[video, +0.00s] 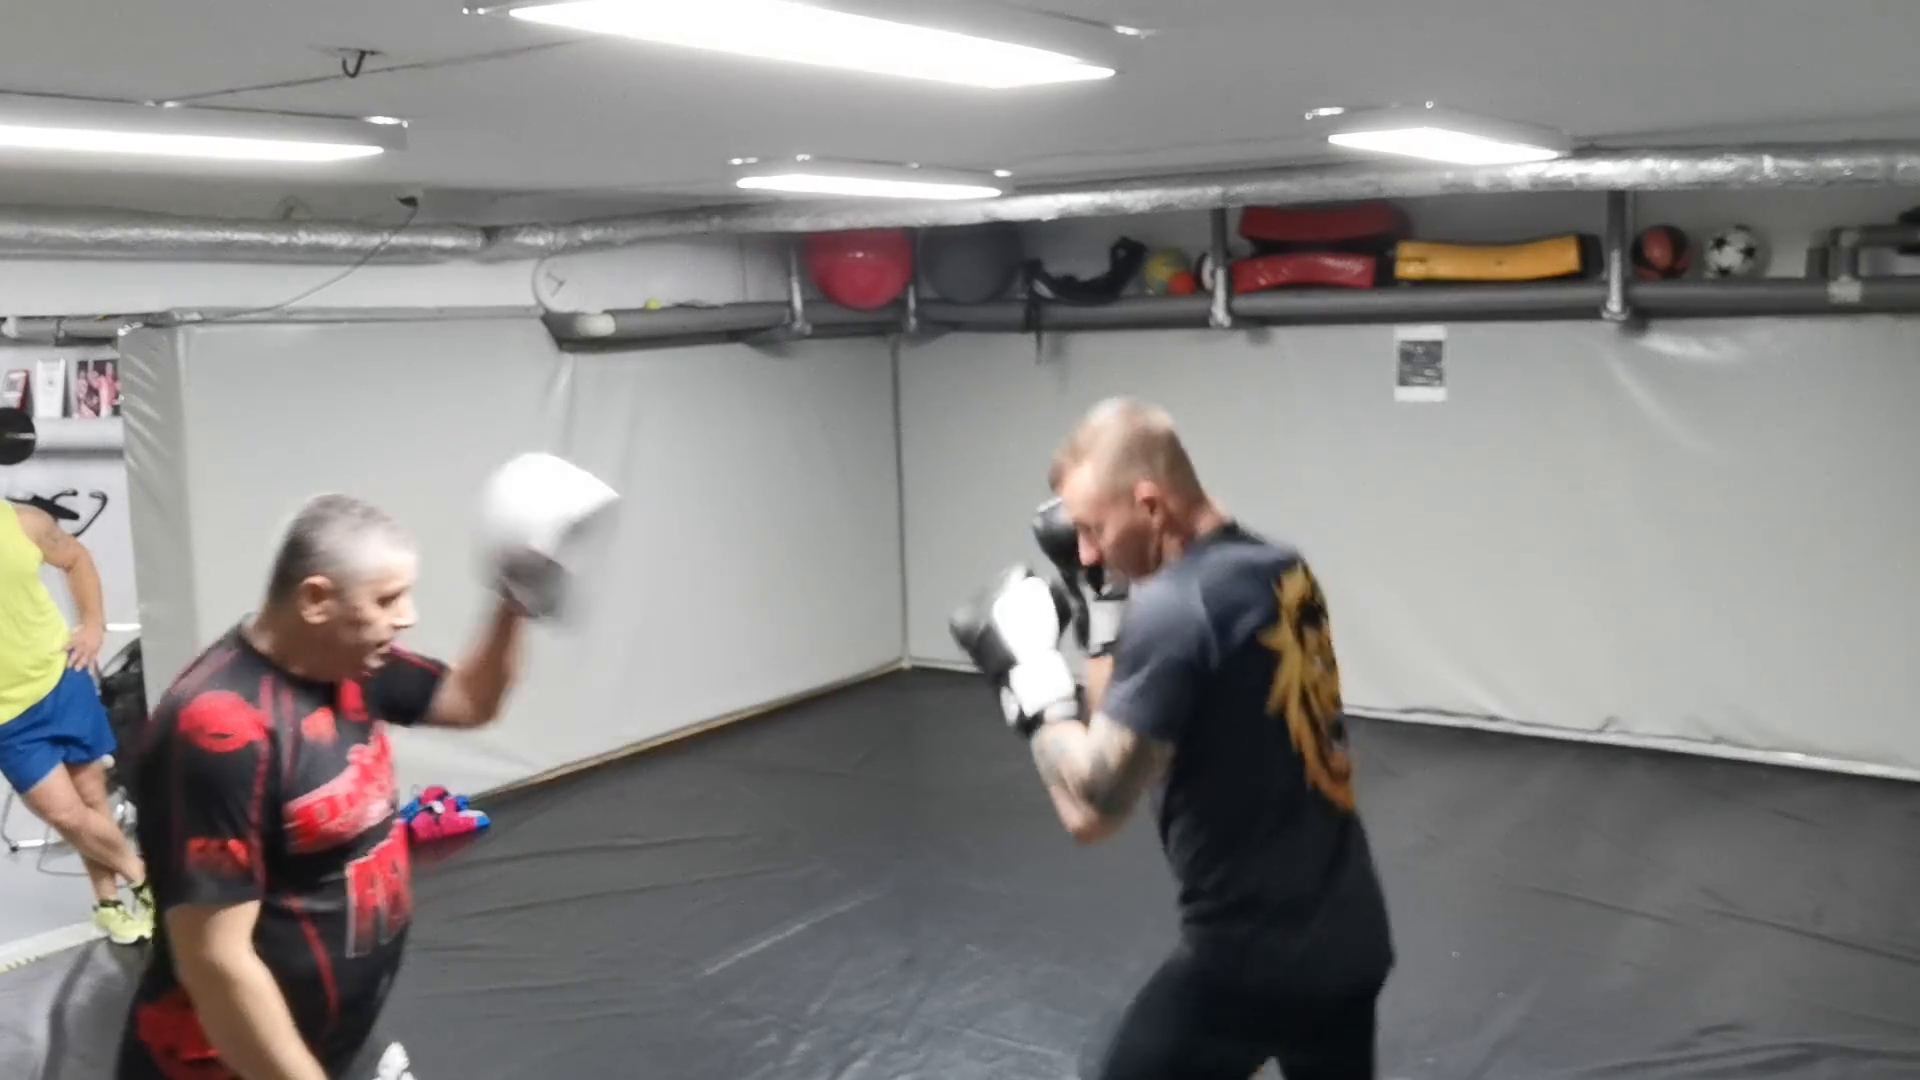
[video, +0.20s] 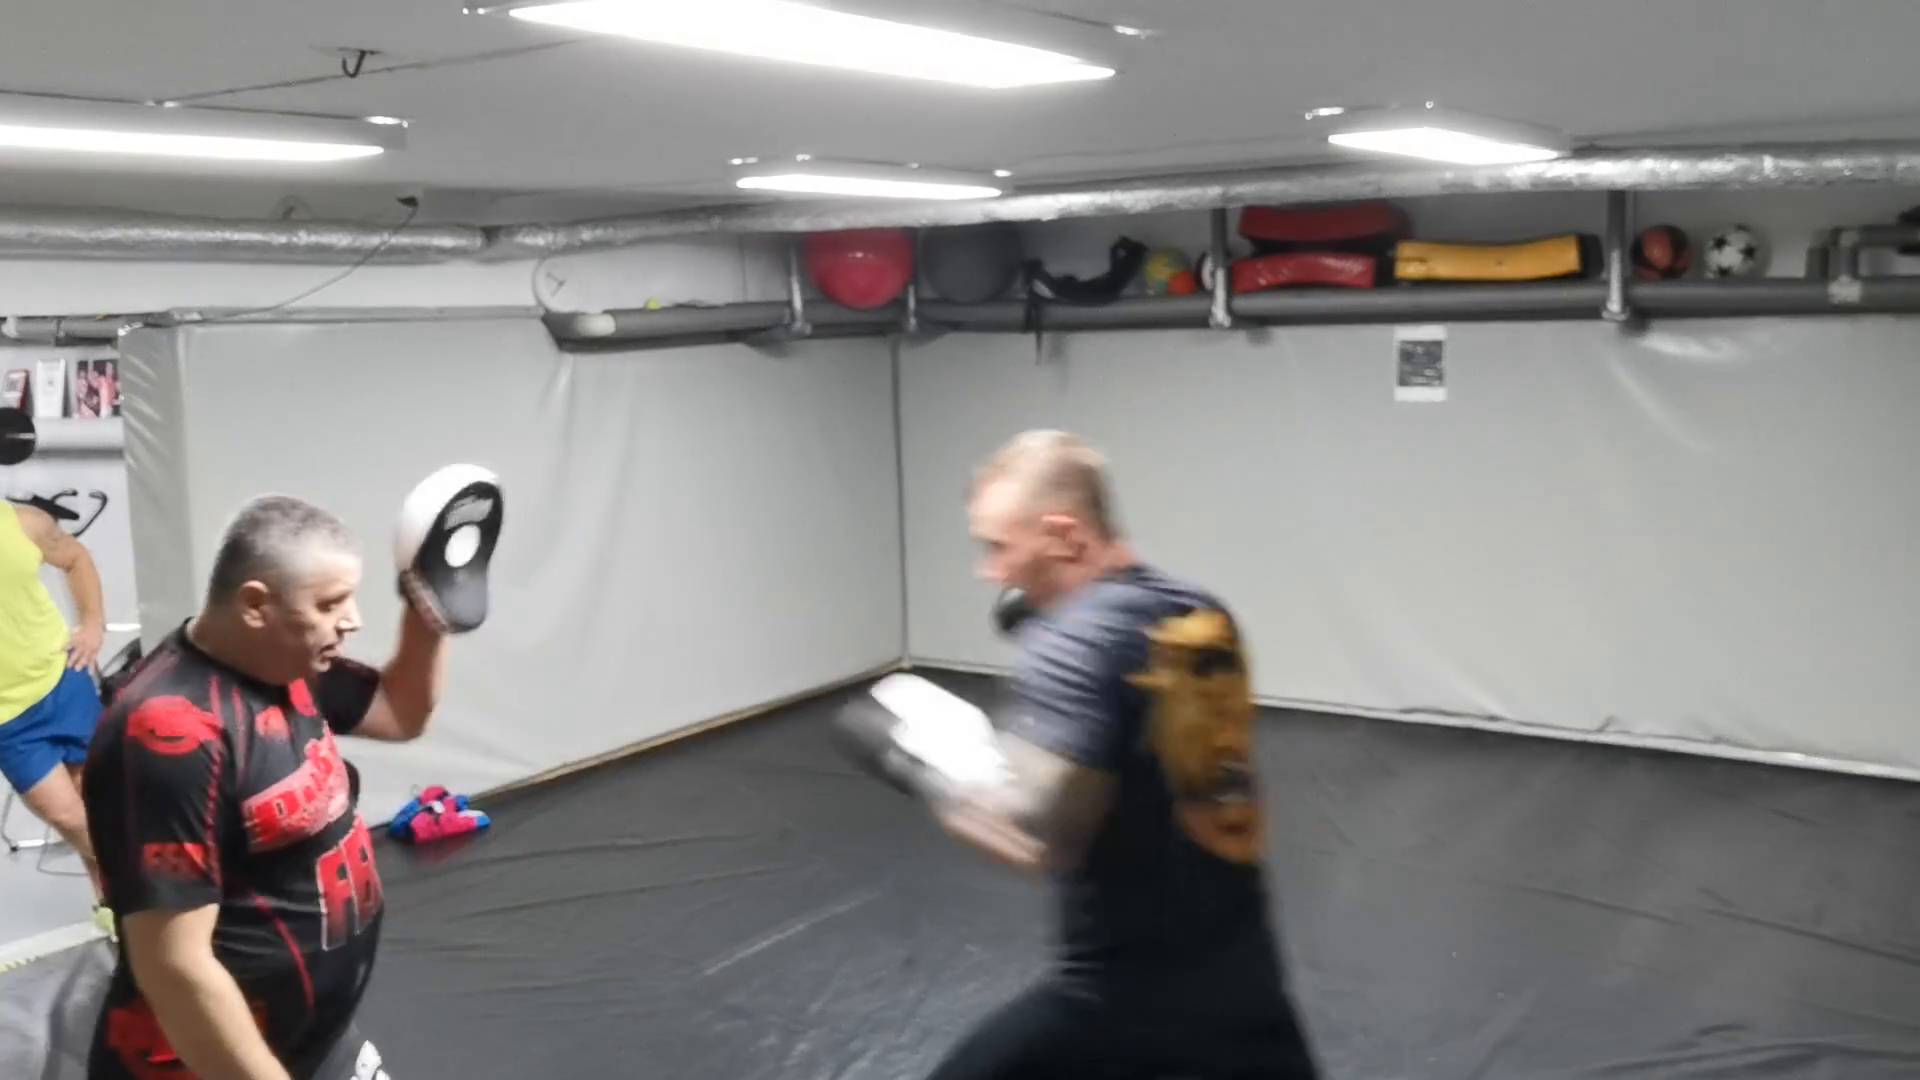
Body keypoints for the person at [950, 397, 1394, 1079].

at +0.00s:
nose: (1088, 556)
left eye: (1092, 530)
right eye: (1079, 534)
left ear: (1149, 504)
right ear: (1160, 501)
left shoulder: (1176, 606)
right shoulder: (1279, 568)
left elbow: (1089, 803)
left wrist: (1034, 670)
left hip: (1253, 956)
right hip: (1342, 934)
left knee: (1121, 1068)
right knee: (1334, 1068)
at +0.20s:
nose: (987, 573)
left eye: (996, 548)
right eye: (984, 550)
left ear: (1062, 534)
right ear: (1074, 531)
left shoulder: (1078, 638)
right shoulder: (1204, 614)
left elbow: (1045, 834)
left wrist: (937, 778)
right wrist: (1048, 628)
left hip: (1122, 993)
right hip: (1237, 982)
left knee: (962, 1071)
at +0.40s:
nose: (868, 618)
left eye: (872, 599)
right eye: (863, 599)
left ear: (929, 585)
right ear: (980, 573)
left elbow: (679, 710)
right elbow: (1092, 837)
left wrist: (558, 654)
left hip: (983, 1040)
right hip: (1118, 1033)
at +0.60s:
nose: (898, 589)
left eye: (904, 564)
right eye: (894, 567)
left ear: (962, 544)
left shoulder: (966, 642)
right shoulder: (1110, 626)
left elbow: (904, 852)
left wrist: (818, 737)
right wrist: (946, 636)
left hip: (1002, 1010)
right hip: (1118, 997)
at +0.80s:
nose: (958, 582)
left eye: (966, 554)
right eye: (953, 557)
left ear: (1030, 537)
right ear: (1037, 537)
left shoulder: (1043, 639)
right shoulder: (1155, 620)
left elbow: (998, 846)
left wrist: (913, 719)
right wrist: (990, 658)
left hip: (1060, 993)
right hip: (1165, 980)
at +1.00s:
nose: (923, 590)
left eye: (933, 564)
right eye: (919, 567)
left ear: (997, 543)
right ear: (1005, 542)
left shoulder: (1011, 666)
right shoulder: (1130, 630)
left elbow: (950, 900)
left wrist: (873, 759)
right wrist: (977, 655)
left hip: (1060, 1045)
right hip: (1173, 1034)